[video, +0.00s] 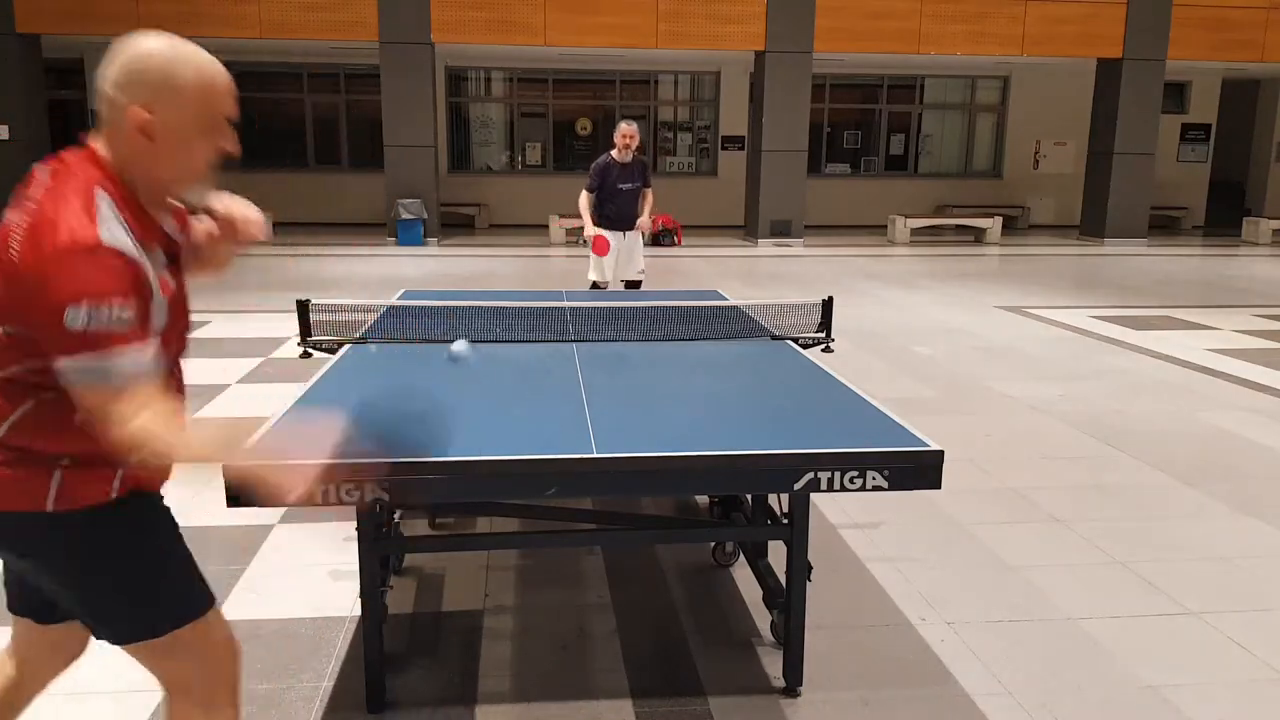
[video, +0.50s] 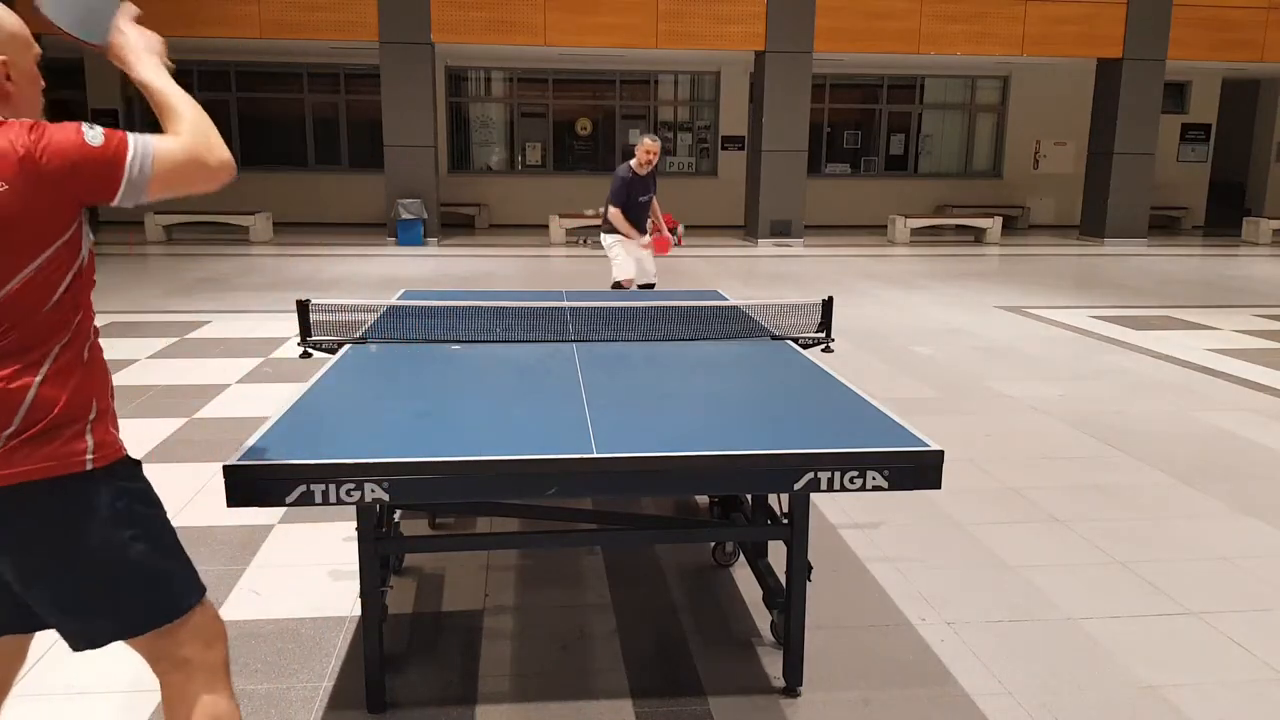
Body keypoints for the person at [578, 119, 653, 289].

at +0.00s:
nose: (628, 141)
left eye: (632, 137)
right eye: (624, 137)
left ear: (638, 140)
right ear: (615, 138)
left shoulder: (642, 165)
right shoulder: (601, 165)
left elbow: (647, 193)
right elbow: (585, 196)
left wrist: (645, 216)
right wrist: (588, 225)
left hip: (632, 233)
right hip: (605, 233)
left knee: (634, 283)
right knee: (600, 284)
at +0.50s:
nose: (651, 158)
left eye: (655, 154)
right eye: (647, 152)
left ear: (658, 155)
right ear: (636, 151)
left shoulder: (650, 172)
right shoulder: (623, 175)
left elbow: (651, 200)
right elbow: (613, 213)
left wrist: (663, 230)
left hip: (640, 236)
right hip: (616, 234)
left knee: (648, 281)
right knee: (625, 279)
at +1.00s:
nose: (667, 180)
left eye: (671, 176)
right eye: (665, 174)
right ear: (655, 165)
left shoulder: (654, 179)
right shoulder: (637, 184)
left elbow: (664, 187)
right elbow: (611, 212)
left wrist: (683, 193)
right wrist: (589, 235)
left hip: (649, 239)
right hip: (631, 241)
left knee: (664, 285)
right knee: (654, 287)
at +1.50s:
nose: (642, 151)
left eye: (646, 147)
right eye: (638, 146)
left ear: (651, 148)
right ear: (629, 146)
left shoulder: (653, 170)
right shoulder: (616, 170)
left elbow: (669, 195)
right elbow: (597, 198)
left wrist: (682, 217)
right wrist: (595, 223)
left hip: (646, 235)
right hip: (618, 234)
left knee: (647, 284)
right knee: (621, 280)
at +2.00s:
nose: (631, 147)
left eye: (635, 143)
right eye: (627, 142)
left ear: (639, 145)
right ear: (617, 142)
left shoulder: (635, 166)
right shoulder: (603, 167)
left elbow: (637, 196)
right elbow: (582, 199)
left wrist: (643, 224)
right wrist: (594, 228)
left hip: (626, 233)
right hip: (598, 234)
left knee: (638, 276)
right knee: (590, 282)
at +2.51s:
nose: (656, 199)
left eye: (659, 197)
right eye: (654, 193)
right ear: (644, 182)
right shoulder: (624, 201)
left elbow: (651, 212)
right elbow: (626, 243)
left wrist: (662, 234)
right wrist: (655, 243)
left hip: (631, 239)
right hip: (607, 241)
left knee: (644, 282)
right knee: (633, 282)